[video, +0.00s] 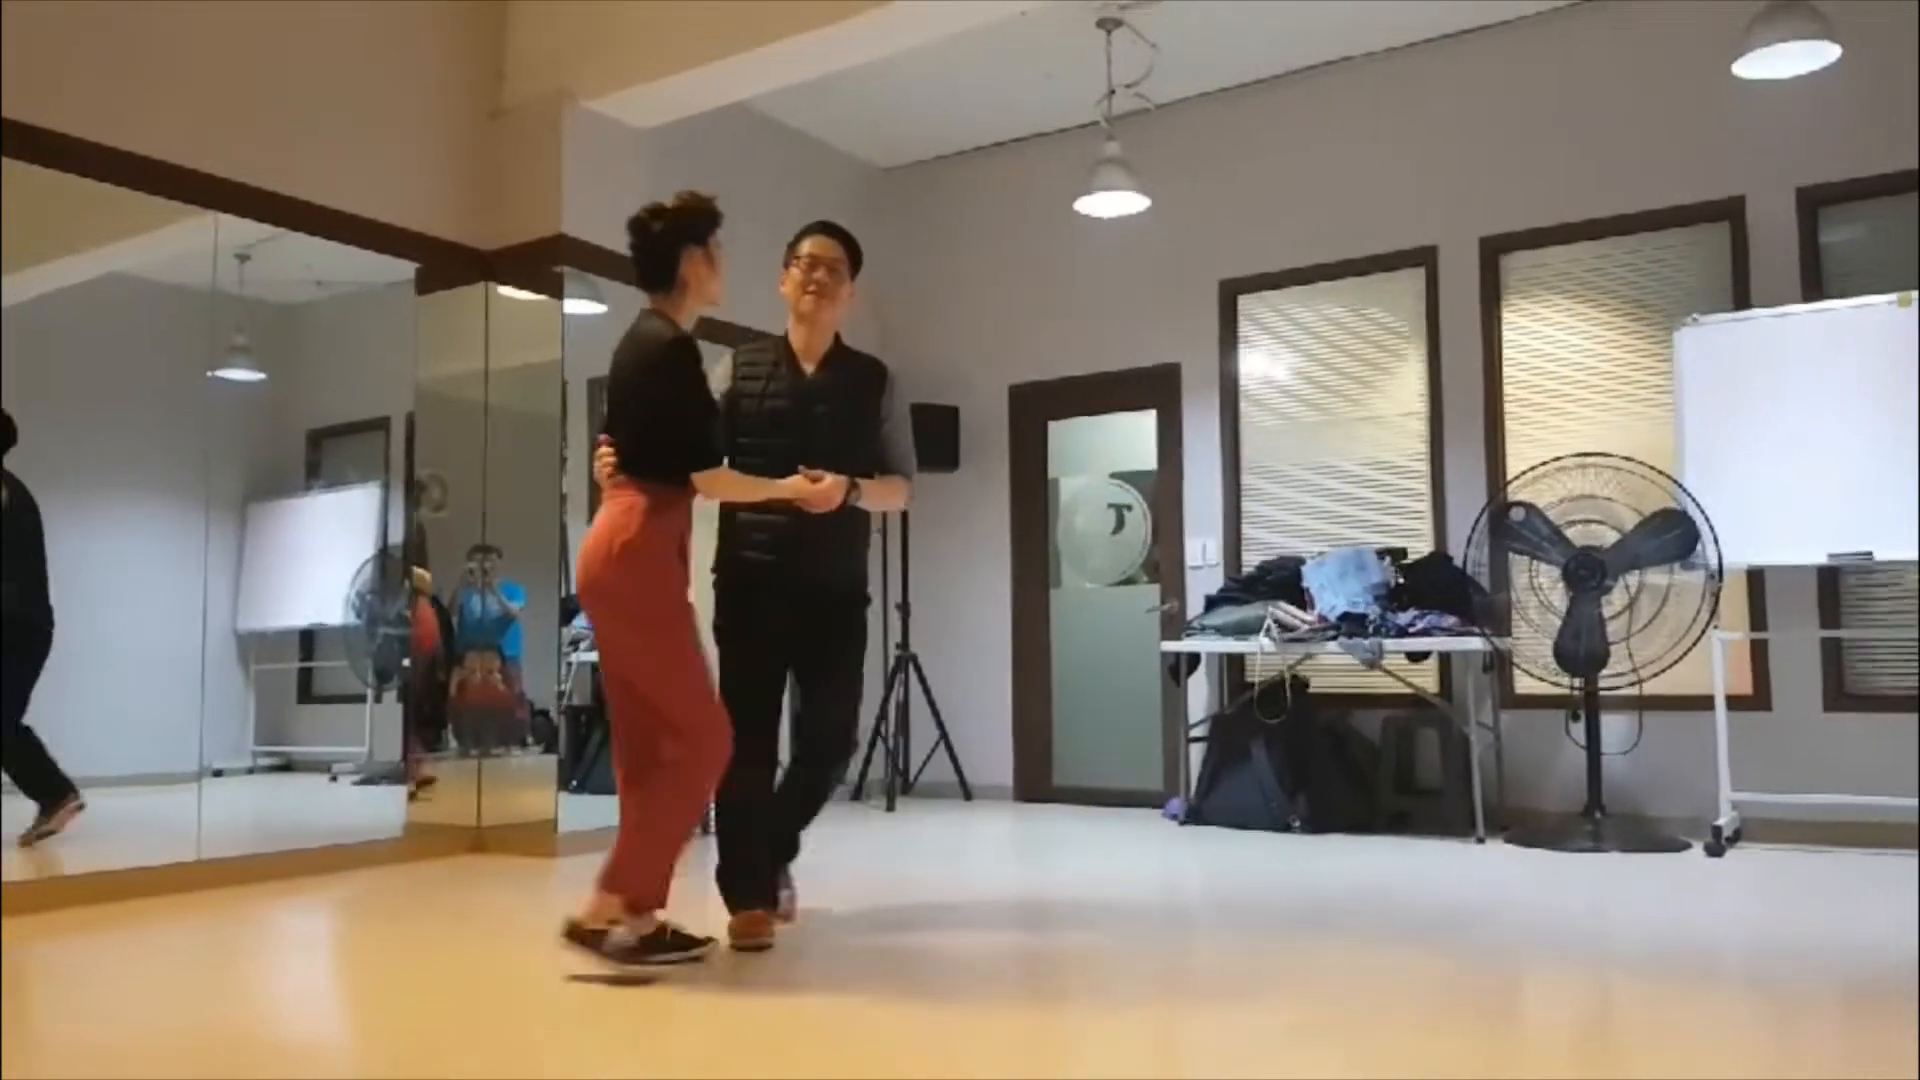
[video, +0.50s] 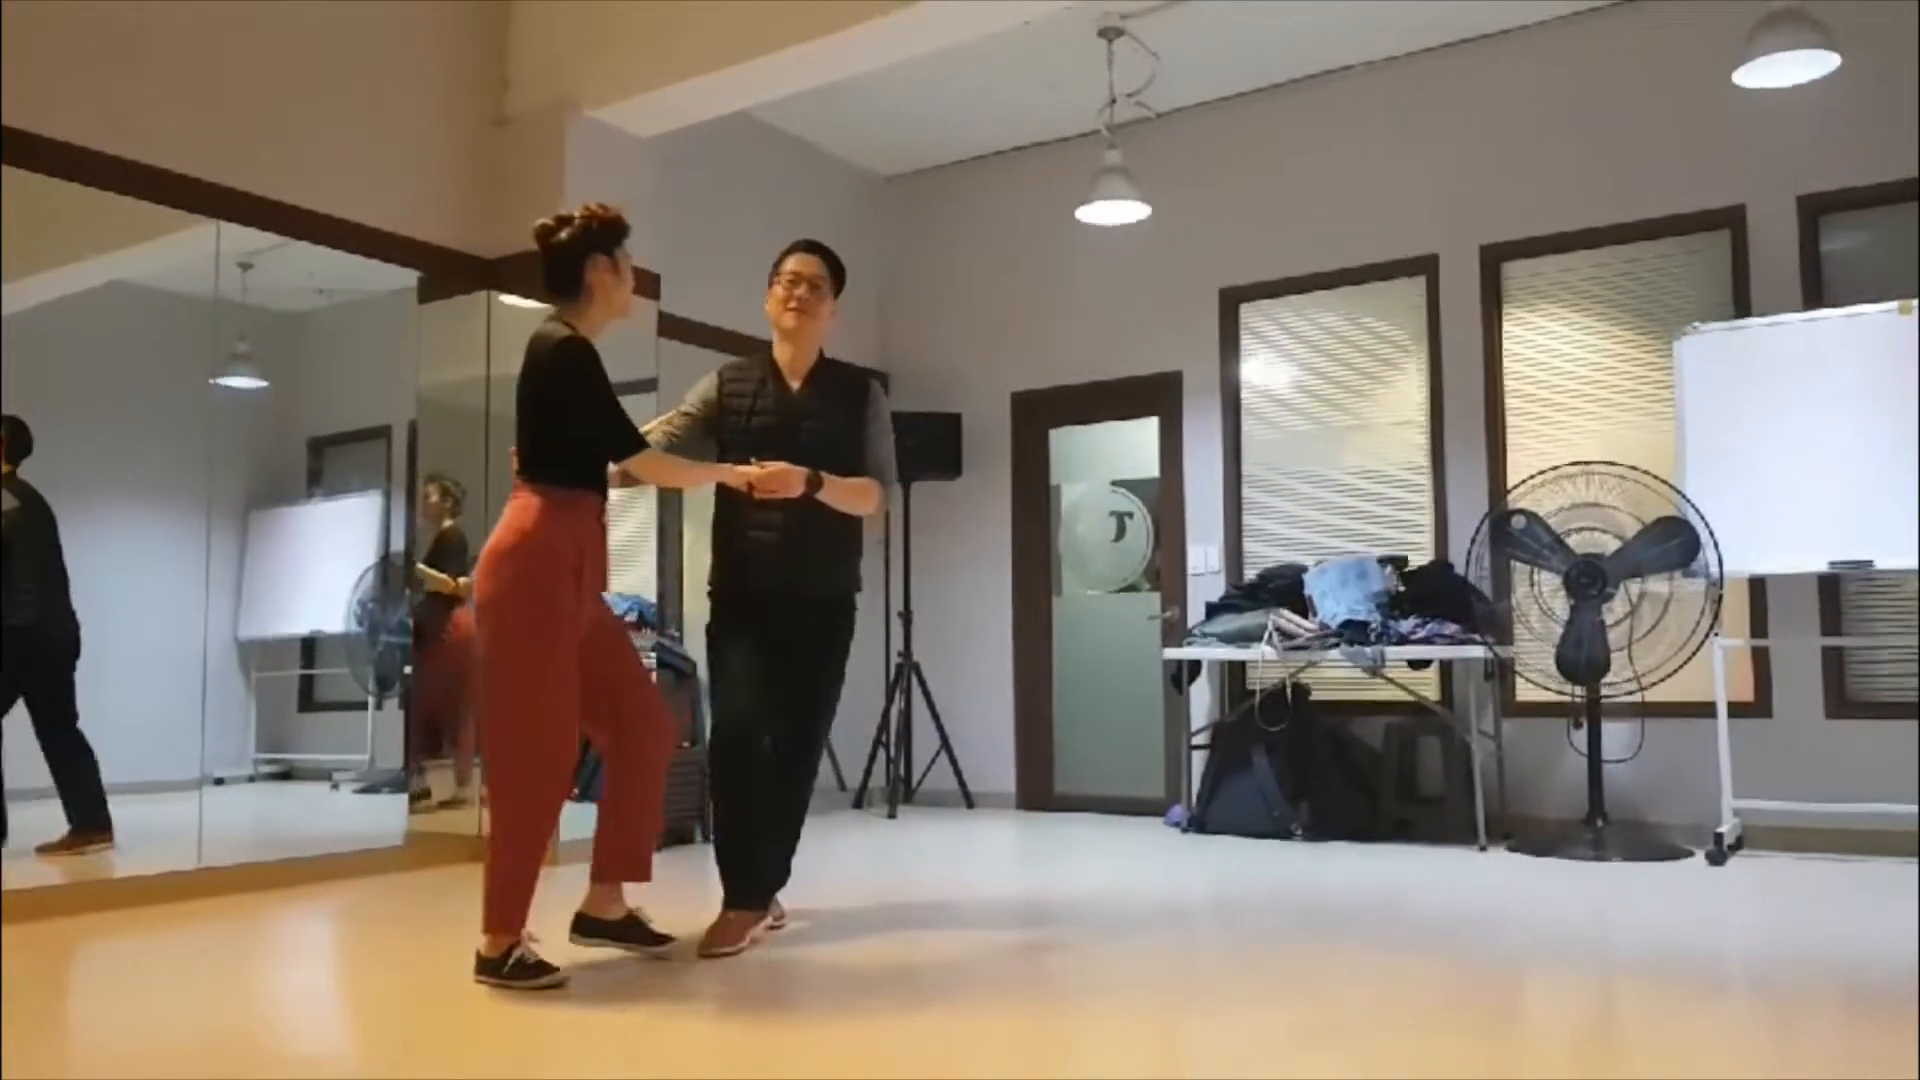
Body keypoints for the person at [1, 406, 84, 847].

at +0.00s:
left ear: (3, 444)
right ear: (8, 444)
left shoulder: (13, 494)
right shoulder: (16, 493)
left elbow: (22, 574)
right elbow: (28, 574)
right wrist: (29, 619)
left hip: (20, 625)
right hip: (26, 624)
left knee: (6, 718)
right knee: (7, 718)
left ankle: (56, 794)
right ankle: (53, 796)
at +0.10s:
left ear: (2, 447)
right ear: (13, 448)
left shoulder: (16, 497)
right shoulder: (21, 496)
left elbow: (26, 578)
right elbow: (32, 578)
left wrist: (38, 632)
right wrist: (41, 631)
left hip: (23, 631)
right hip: (27, 630)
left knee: (15, 722)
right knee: (16, 723)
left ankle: (75, 800)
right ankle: (73, 800)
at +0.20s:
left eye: (1, 437)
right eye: (1, 436)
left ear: (9, 445)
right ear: (20, 447)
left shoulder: (14, 498)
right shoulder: (28, 498)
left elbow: (31, 582)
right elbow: (42, 580)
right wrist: (52, 637)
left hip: (25, 632)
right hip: (37, 630)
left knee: (38, 729)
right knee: (39, 728)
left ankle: (84, 813)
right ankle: (85, 812)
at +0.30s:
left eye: (0, 434)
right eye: (1, 433)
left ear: (8, 442)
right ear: (20, 444)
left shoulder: (15, 499)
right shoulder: (34, 498)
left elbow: (34, 579)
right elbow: (52, 576)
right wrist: (64, 629)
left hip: (26, 632)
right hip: (45, 630)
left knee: (54, 728)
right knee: (56, 727)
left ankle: (89, 817)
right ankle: (90, 817)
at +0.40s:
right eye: (1, 432)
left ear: (7, 440)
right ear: (19, 443)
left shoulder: (16, 497)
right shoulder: (35, 496)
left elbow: (38, 574)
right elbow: (55, 573)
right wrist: (69, 626)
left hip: (27, 631)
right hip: (49, 629)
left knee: (60, 727)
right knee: (63, 726)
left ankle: (90, 819)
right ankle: (90, 818)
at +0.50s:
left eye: (0, 442)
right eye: (3, 441)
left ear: (7, 450)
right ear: (20, 452)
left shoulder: (15, 503)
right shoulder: (30, 502)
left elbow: (33, 581)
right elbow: (53, 577)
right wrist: (65, 631)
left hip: (26, 637)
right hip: (45, 635)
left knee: (57, 731)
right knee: (58, 731)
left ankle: (90, 822)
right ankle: (91, 822)